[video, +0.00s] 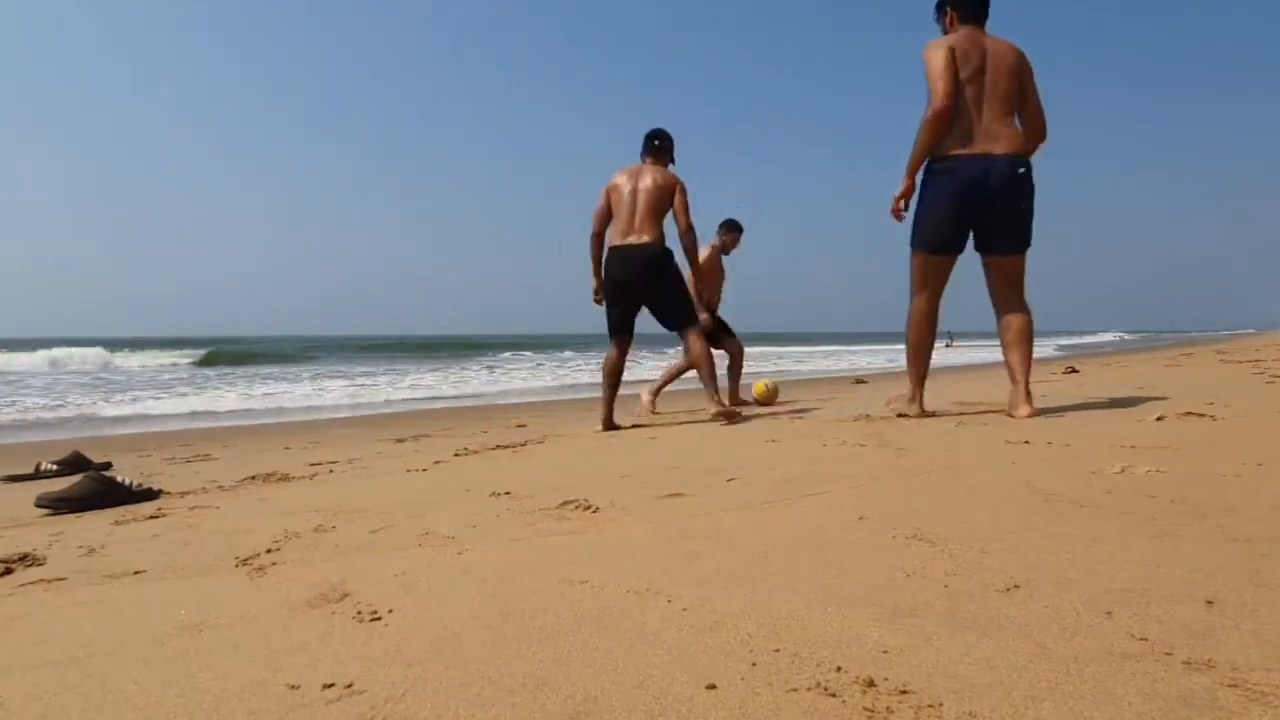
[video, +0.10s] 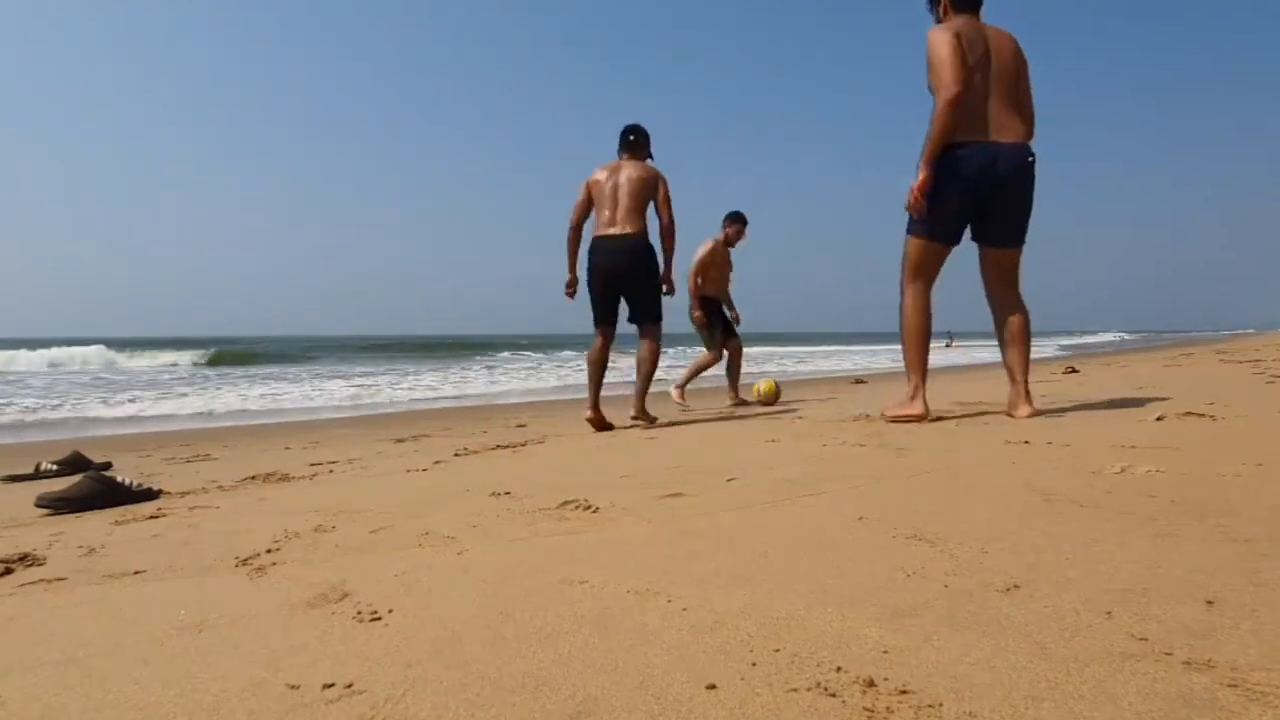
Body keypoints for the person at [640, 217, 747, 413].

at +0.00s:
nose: (736, 244)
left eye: (737, 239)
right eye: (733, 238)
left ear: (733, 238)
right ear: (722, 235)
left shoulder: (717, 258)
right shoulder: (709, 256)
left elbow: (708, 286)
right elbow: (692, 281)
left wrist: (711, 312)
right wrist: (701, 310)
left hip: (710, 315)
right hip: (697, 316)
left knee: (736, 350)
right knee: (691, 360)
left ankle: (734, 396)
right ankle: (651, 393)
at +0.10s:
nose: (741, 237)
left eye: (743, 232)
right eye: (738, 231)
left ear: (736, 231)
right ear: (727, 227)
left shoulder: (725, 254)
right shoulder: (710, 248)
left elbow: (723, 287)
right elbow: (693, 275)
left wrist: (732, 309)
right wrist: (695, 307)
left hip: (716, 303)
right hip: (703, 302)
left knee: (735, 347)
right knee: (715, 354)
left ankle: (733, 395)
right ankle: (678, 387)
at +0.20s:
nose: (740, 229)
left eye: (742, 225)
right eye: (737, 224)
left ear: (741, 226)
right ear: (726, 222)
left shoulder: (732, 248)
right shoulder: (710, 244)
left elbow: (731, 278)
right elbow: (692, 270)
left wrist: (745, 304)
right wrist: (693, 304)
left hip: (725, 298)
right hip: (709, 298)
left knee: (735, 346)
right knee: (727, 346)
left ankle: (733, 394)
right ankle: (705, 390)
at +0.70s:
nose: (724, 224)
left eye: (728, 219)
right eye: (720, 219)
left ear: (734, 219)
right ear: (714, 219)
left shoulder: (743, 243)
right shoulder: (707, 244)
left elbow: (753, 272)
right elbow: (699, 275)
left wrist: (766, 299)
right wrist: (697, 306)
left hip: (743, 296)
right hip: (721, 296)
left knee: (762, 339)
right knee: (727, 350)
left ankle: (759, 386)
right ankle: (732, 396)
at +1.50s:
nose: (707, 235)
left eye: (710, 230)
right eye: (703, 231)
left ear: (717, 229)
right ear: (697, 232)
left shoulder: (733, 247)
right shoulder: (695, 257)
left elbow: (756, 270)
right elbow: (688, 290)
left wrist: (776, 293)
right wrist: (680, 314)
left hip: (742, 299)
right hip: (718, 304)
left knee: (767, 336)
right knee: (713, 353)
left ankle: (777, 389)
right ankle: (720, 400)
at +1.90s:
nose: (732, 214)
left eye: (735, 210)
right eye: (727, 210)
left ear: (738, 212)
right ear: (717, 214)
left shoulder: (750, 236)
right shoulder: (708, 244)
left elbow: (763, 262)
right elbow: (703, 274)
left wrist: (771, 289)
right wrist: (705, 300)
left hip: (753, 292)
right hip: (727, 295)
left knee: (768, 337)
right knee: (721, 350)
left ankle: (782, 393)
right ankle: (720, 398)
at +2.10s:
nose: (762, 208)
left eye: (764, 203)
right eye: (757, 203)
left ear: (768, 206)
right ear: (746, 205)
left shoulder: (774, 232)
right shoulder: (732, 234)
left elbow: (786, 260)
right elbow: (721, 265)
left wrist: (782, 277)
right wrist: (723, 295)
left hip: (769, 290)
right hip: (743, 292)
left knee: (777, 339)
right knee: (732, 345)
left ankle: (782, 393)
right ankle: (723, 395)